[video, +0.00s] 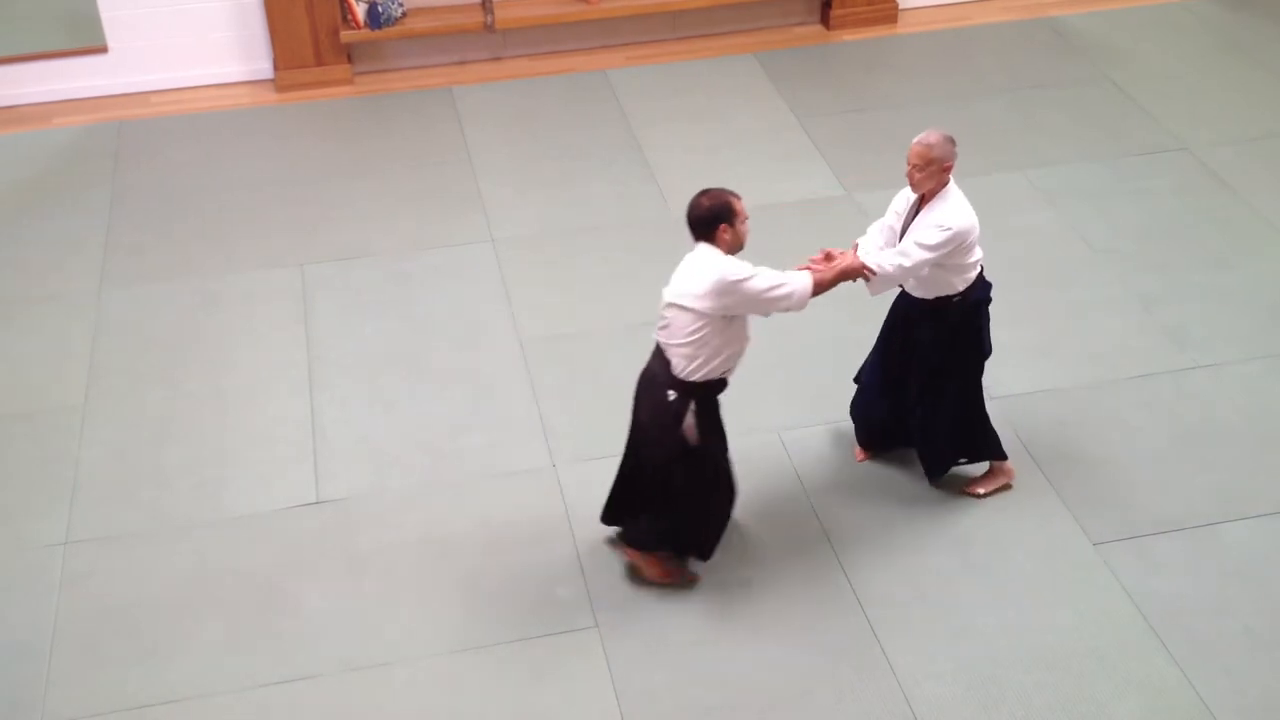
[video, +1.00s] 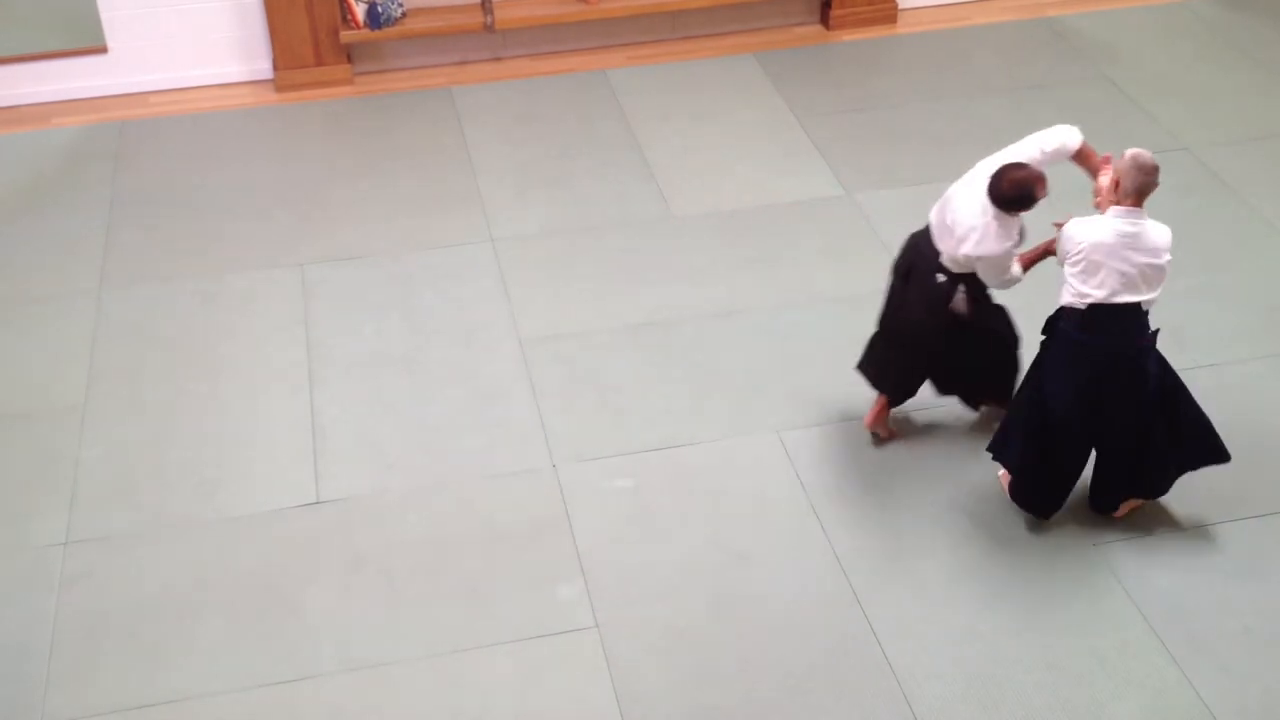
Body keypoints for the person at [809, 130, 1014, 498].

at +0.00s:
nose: (910, 174)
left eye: (919, 169)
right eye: (909, 166)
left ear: (946, 170)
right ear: (908, 162)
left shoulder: (955, 219)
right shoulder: (910, 195)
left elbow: (904, 261)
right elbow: (883, 232)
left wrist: (847, 269)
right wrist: (851, 256)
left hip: (956, 309)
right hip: (914, 301)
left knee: (959, 389)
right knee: (881, 373)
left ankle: (999, 466)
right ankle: (879, 434)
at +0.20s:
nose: (940, 184)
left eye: (949, 179)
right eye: (941, 176)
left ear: (978, 183)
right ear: (969, 181)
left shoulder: (986, 231)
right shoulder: (955, 206)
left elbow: (934, 272)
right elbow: (924, 249)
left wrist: (866, 283)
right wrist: (889, 258)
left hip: (990, 321)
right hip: (952, 309)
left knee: (973, 403)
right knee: (903, 368)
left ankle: (1005, 481)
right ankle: (886, 431)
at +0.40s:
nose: (977, 189)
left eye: (985, 184)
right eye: (979, 181)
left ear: (1013, 190)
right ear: (1012, 189)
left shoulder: (1013, 242)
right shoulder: (1007, 213)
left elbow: (956, 284)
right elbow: (968, 260)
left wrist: (896, 294)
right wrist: (928, 246)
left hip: (1026, 336)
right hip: (1008, 323)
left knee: (989, 410)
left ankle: (1002, 483)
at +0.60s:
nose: (1021, 182)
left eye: (1027, 176)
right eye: (1024, 174)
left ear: (1048, 186)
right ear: (1058, 186)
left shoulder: (1032, 240)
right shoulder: (1075, 222)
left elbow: (980, 270)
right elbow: (1015, 259)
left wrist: (936, 266)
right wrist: (979, 231)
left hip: (1042, 341)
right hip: (1084, 329)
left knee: (988, 387)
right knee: (1090, 397)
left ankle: (1004, 483)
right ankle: (1128, 466)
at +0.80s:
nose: (1072, 179)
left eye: (1075, 174)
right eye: (1074, 173)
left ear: (1087, 184)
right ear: (1116, 185)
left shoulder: (1058, 234)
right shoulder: (1129, 230)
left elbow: (1014, 255)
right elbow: (1078, 242)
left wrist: (997, 245)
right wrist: (1044, 215)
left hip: (1063, 339)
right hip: (1118, 336)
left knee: (1018, 404)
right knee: (1116, 411)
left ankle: (1007, 485)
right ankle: (1124, 488)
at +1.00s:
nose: (1102, 176)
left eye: (1106, 173)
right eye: (1104, 172)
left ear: (1116, 185)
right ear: (1150, 191)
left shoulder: (1079, 230)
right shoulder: (1161, 237)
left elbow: (1064, 251)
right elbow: (1125, 241)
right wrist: (1109, 209)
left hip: (1077, 336)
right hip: (1131, 339)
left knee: (1052, 409)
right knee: (1132, 419)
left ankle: (1029, 488)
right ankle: (1124, 492)